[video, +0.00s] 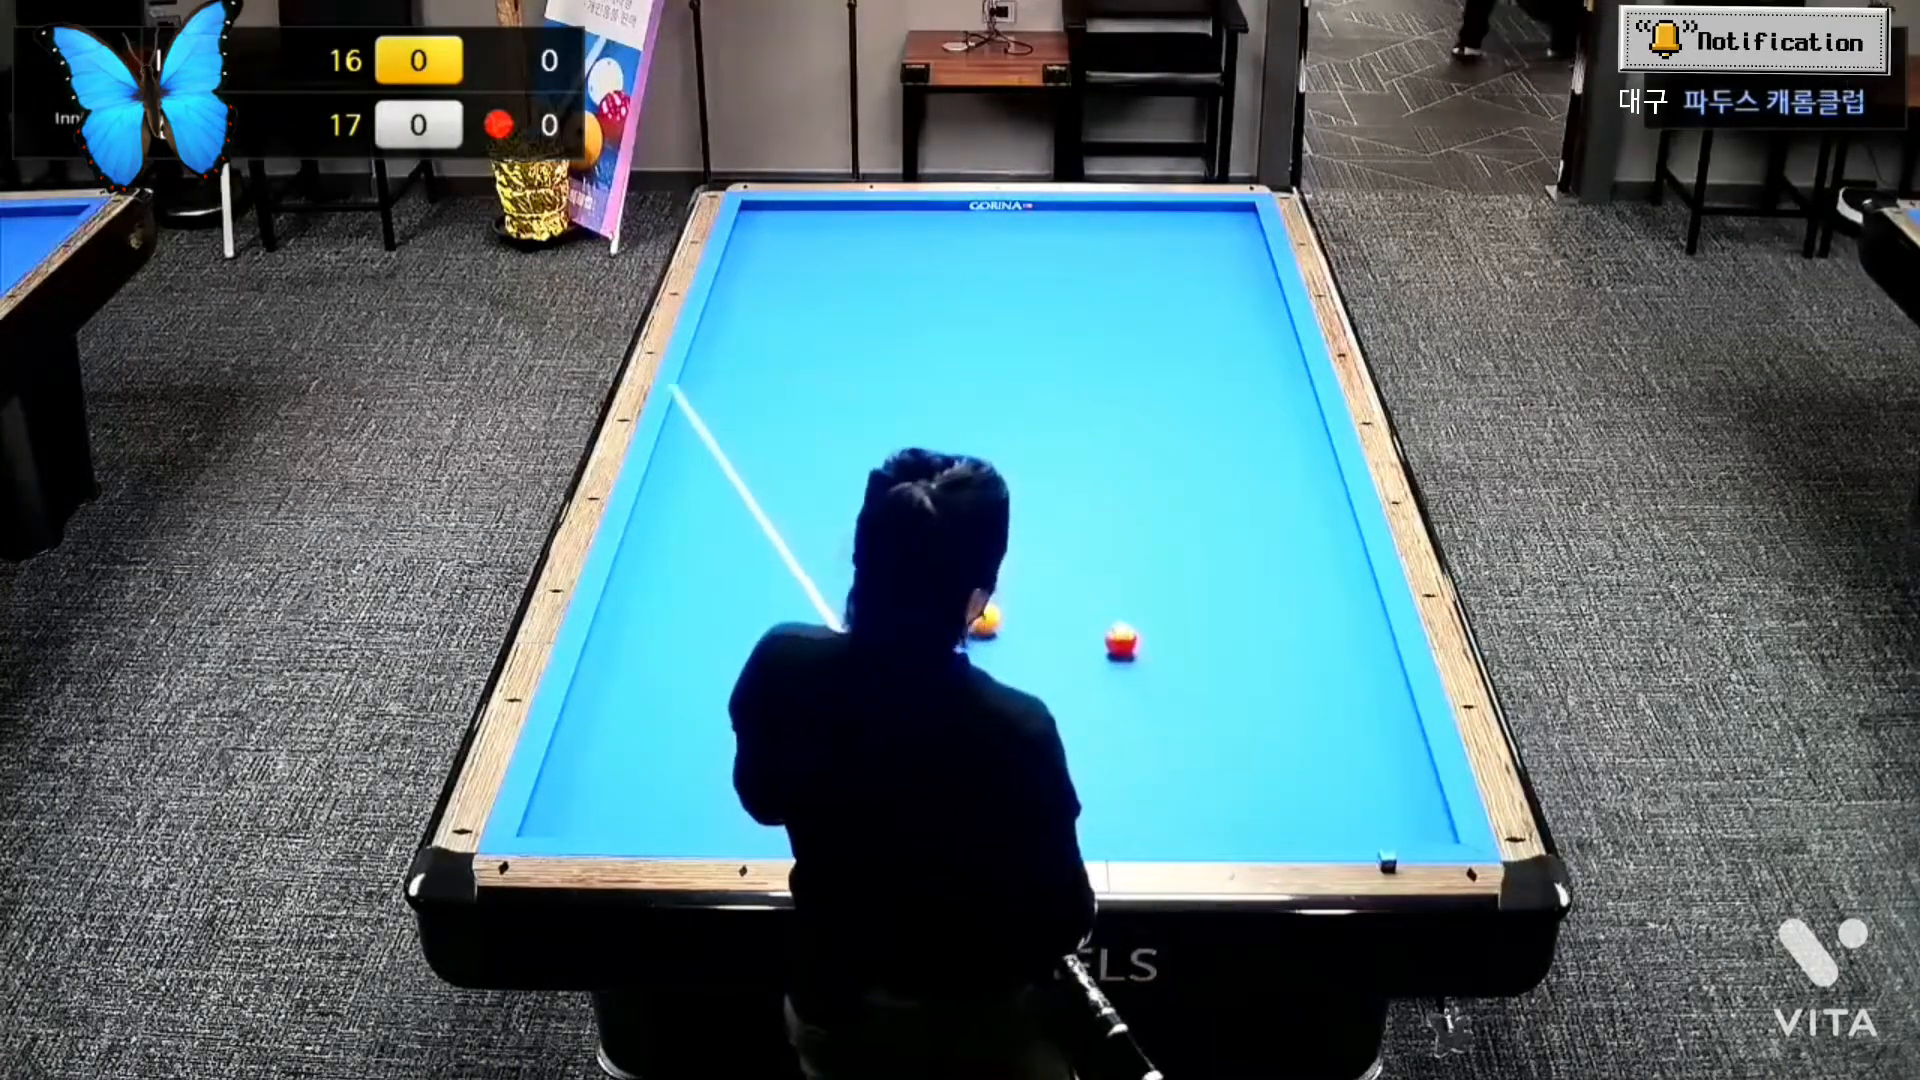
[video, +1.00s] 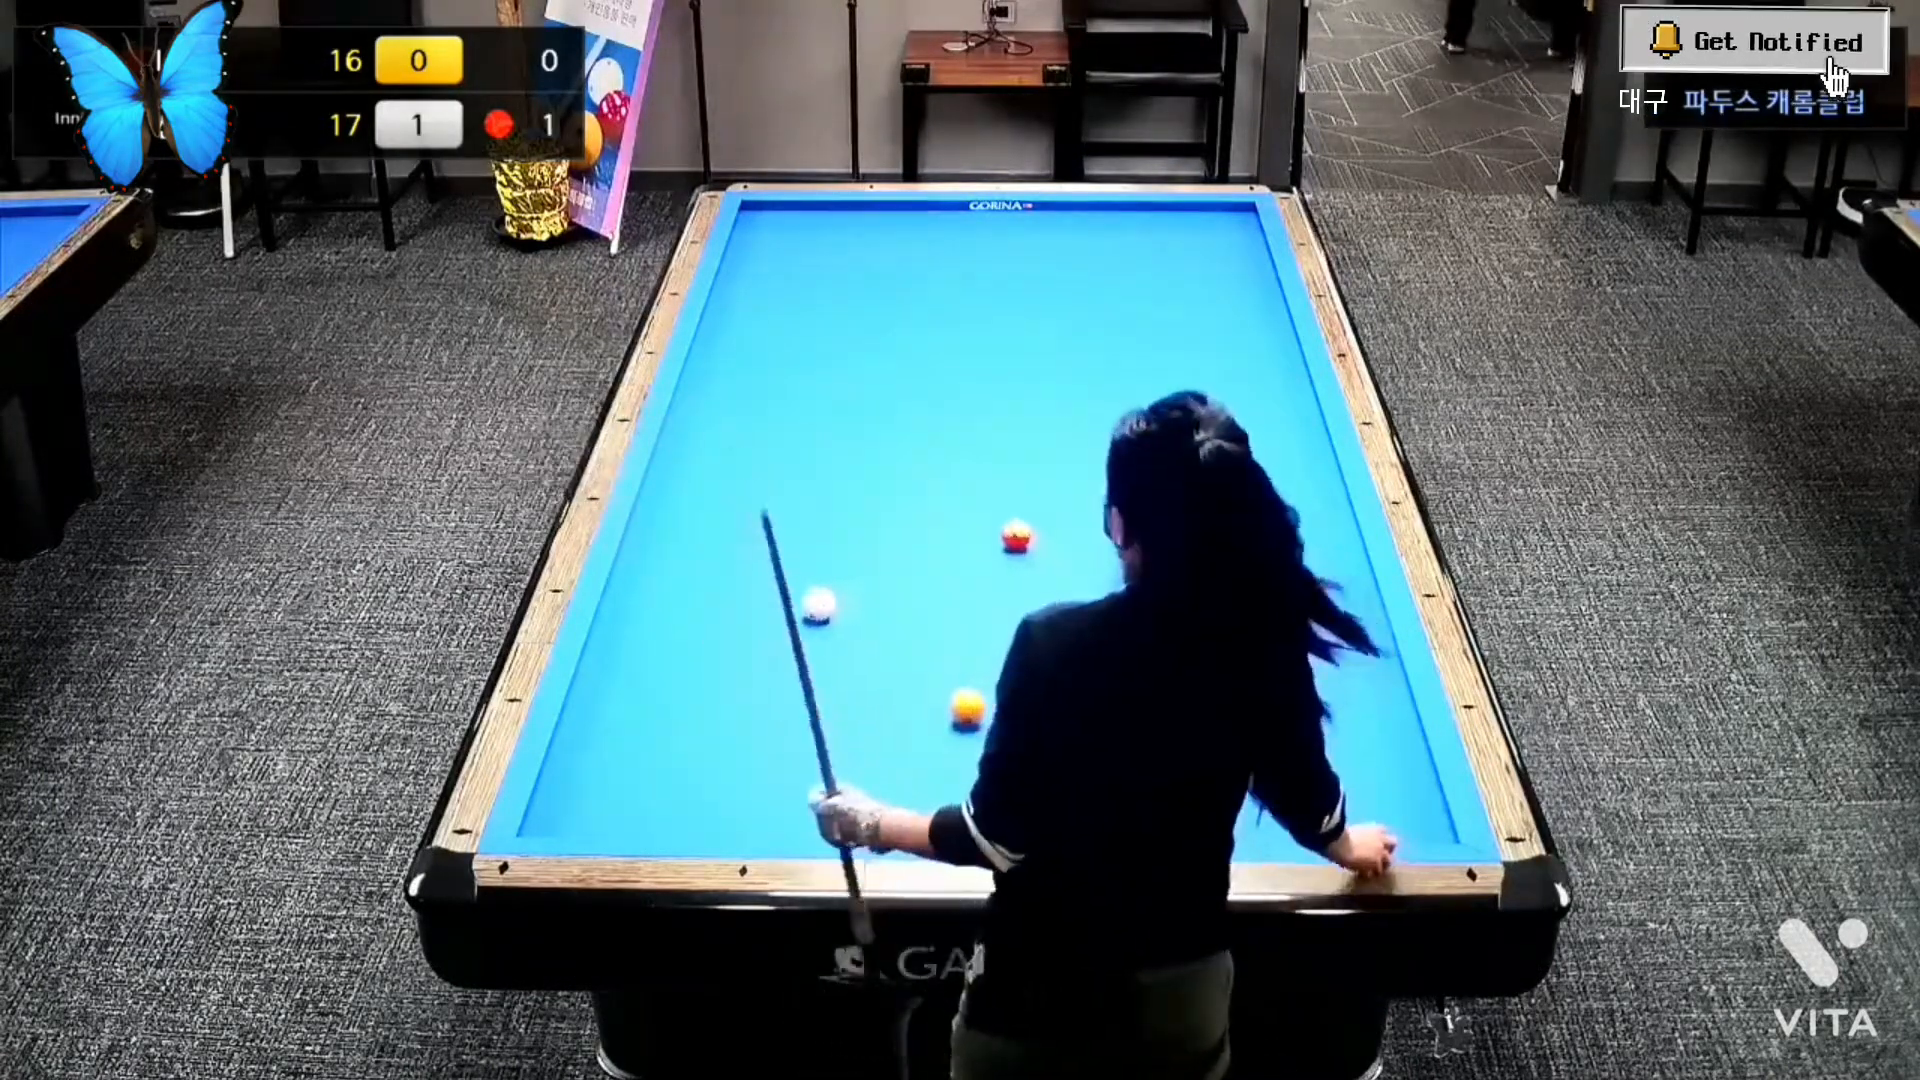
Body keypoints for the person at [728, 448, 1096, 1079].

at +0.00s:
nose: (990, 589)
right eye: (989, 573)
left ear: (863, 559)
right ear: (975, 587)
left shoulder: (786, 665)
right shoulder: (1019, 728)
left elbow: (764, 801)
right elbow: (1064, 913)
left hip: (834, 1008)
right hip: (983, 1016)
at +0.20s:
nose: (1029, 598)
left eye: (1035, 574)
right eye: (1033, 573)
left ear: (911, 552)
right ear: (1002, 589)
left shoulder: (823, 655)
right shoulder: (1056, 717)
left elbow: (788, 798)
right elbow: (1110, 910)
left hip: (863, 1003)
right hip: (1019, 1010)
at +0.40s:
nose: (1123, 575)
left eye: (1126, 553)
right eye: (1123, 554)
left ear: (1000, 535)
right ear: (1094, 573)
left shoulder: (902, 647)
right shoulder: (1139, 700)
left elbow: (836, 811)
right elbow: (1211, 888)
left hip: (917, 1007)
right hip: (1075, 1012)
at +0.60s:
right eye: (1210, 517)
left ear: (1087, 515)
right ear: (1205, 532)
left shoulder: (997, 640)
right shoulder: (1230, 683)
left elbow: (932, 822)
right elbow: (1290, 822)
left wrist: (881, 800)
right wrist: (1347, 854)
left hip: (978, 997)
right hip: (1141, 1001)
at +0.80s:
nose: (1110, 517)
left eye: (1113, 499)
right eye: (1117, 498)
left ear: (1126, 515)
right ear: (1231, 508)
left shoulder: (1047, 636)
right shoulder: (1264, 648)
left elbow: (991, 825)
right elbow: (1312, 788)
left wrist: (905, 822)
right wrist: (1368, 844)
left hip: (1026, 990)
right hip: (1178, 989)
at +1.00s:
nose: (1108, 523)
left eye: (1112, 503)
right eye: (1113, 500)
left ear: (1125, 524)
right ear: (1225, 516)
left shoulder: (1056, 643)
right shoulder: (1263, 645)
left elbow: (995, 836)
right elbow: (1300, 795)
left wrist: (874, 822)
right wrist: (1351, 848)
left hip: (1034, 988)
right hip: (1185, 985)